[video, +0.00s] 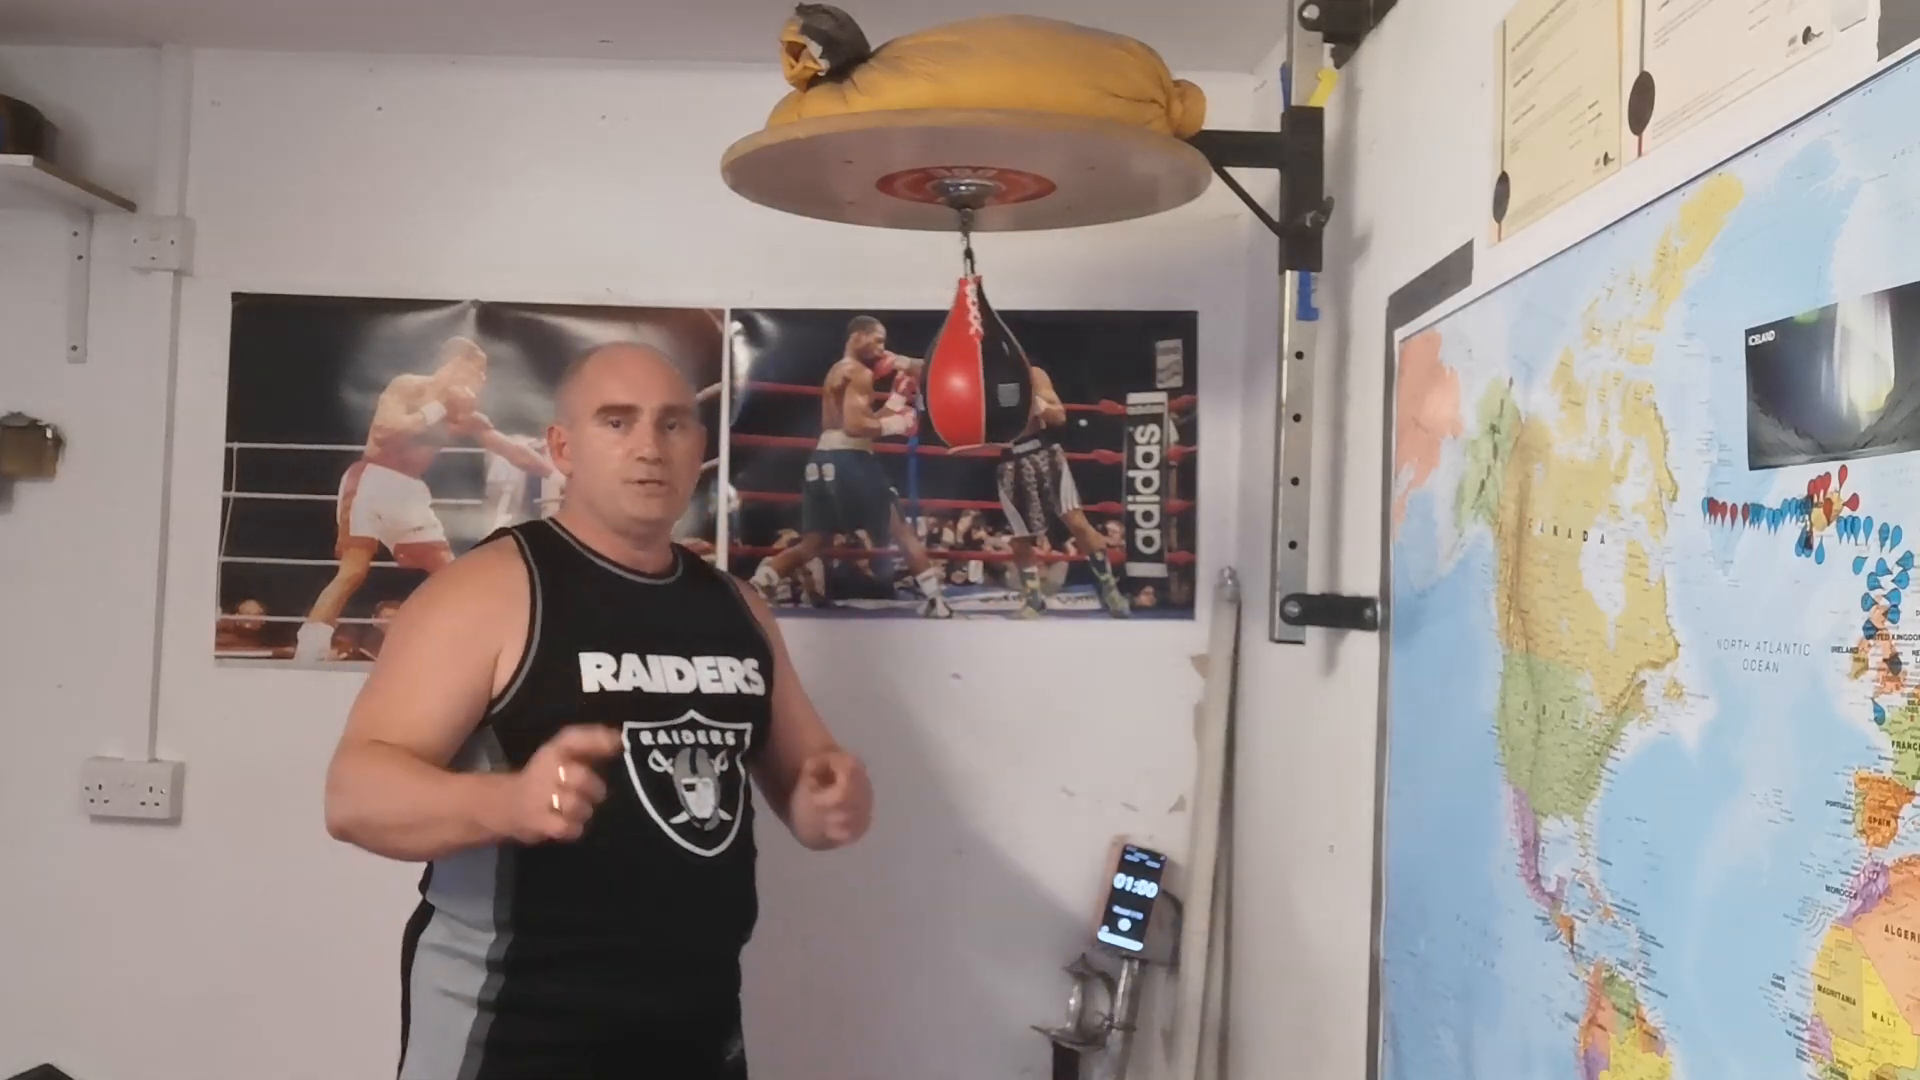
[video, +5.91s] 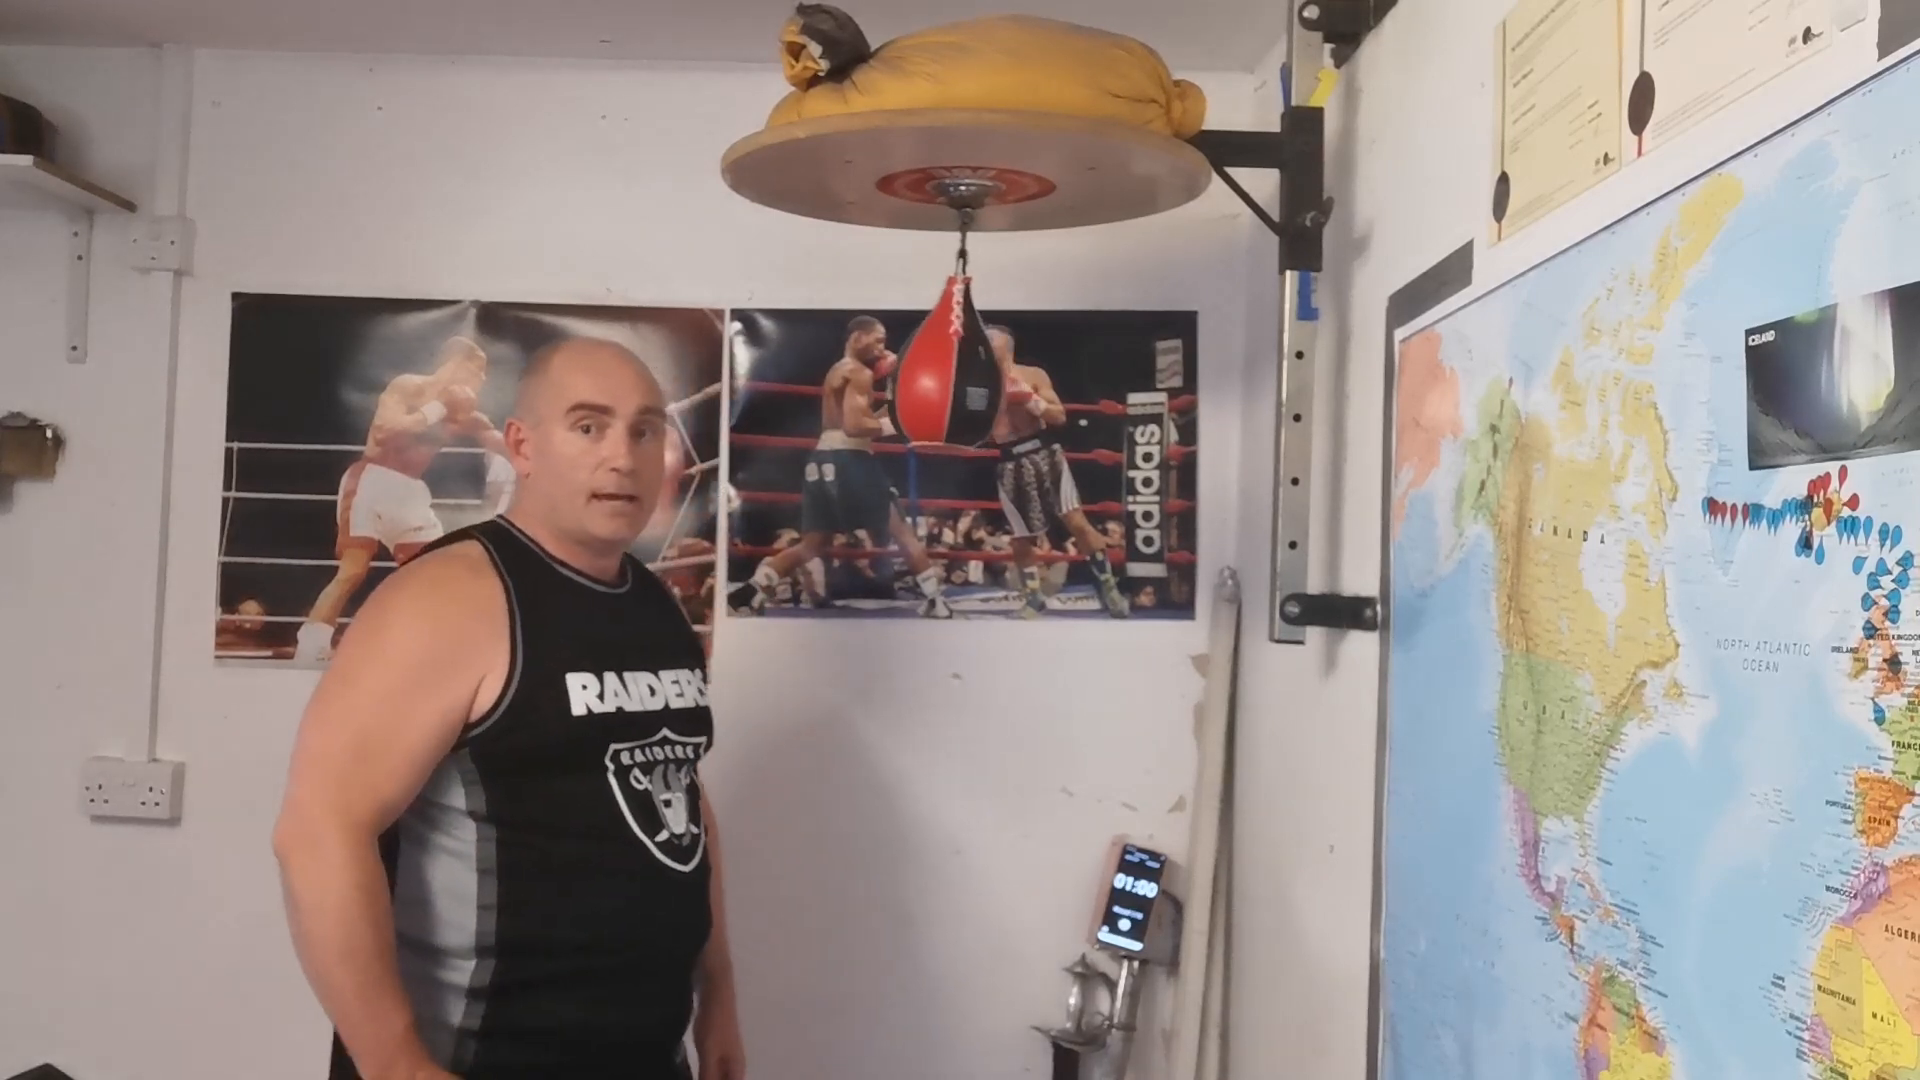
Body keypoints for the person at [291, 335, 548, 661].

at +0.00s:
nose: (480, 381)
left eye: (482, 374)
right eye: (475, 371)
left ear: (474, 378)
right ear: (452, 365)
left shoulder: (463, 410)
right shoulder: (406, 386)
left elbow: (505, 447)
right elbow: (382, 434)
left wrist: (555, 473)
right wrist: (435, 411)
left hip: (410, 494)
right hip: (371, 484)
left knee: (448, 576)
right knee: (352, 572)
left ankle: (455, 653)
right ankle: (307, 646)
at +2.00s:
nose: (473, 385)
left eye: (477, 379)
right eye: (469, 375)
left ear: (477, 382)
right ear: (450, 365)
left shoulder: (464, 415)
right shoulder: (405, 386)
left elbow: (510, 449)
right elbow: (384, 432)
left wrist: (563, 478)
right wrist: (436, 410)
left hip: (409, 493)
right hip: (369, 484)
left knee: (448, 574)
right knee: (353, 571)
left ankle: (462, 652)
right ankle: (306, 650)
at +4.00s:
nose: (477, 385)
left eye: (479, 378)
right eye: (473, 374)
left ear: (476, 380)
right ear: (452, 365)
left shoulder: (465, 415)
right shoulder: (404, 386)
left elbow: (512, 450)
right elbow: (384, 433)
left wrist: (564, 478)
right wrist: (437, 409)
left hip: (408, 494)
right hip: (367, 484)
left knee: (449, 574)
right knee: (353, 571)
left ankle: (427, 660)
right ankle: (306, 651)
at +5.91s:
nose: (478, 382)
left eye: (480, 375)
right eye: (475, 372)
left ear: (475, 379)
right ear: (453, 365)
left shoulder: (462, 412)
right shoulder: (405, 386)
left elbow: (501, 445)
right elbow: (384, 432)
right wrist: (438, 409)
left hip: (411, 492)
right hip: (371, 482)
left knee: (433, 577)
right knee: (352, 572)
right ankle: (309, 647)